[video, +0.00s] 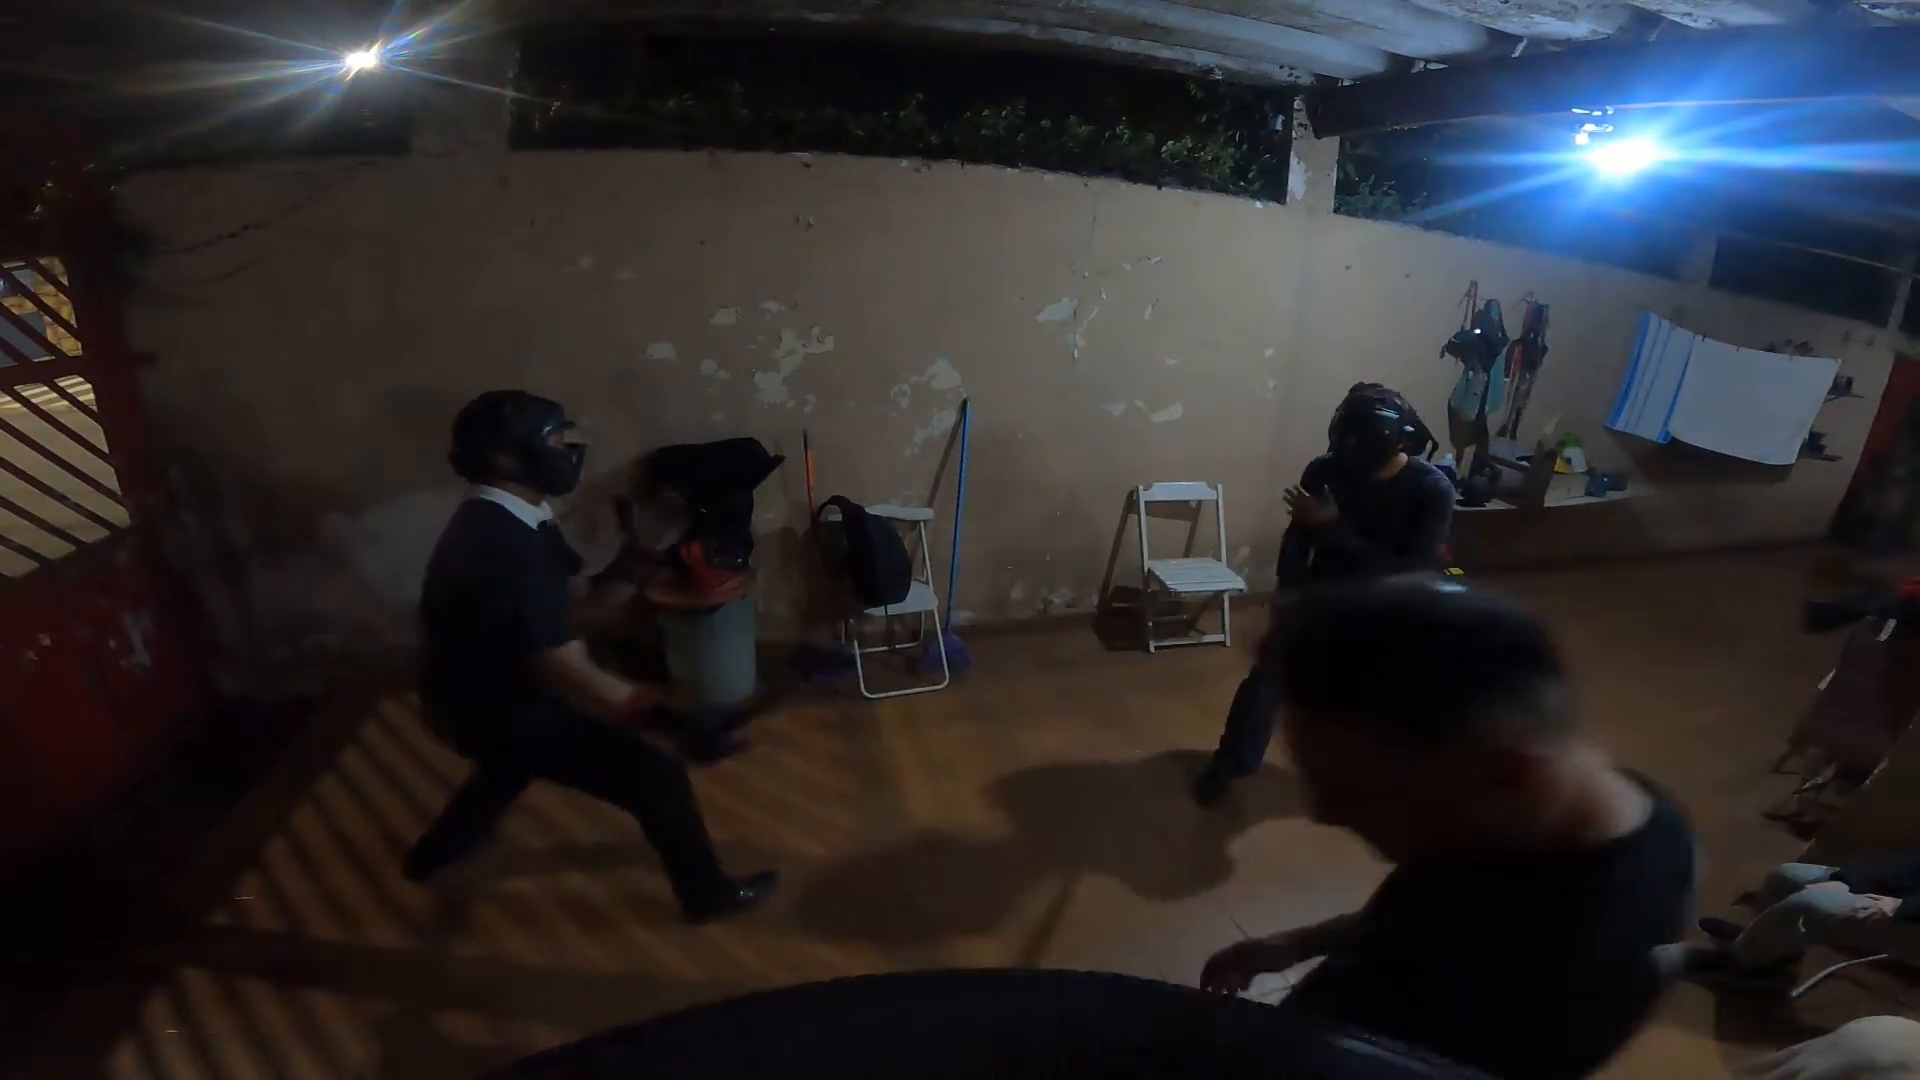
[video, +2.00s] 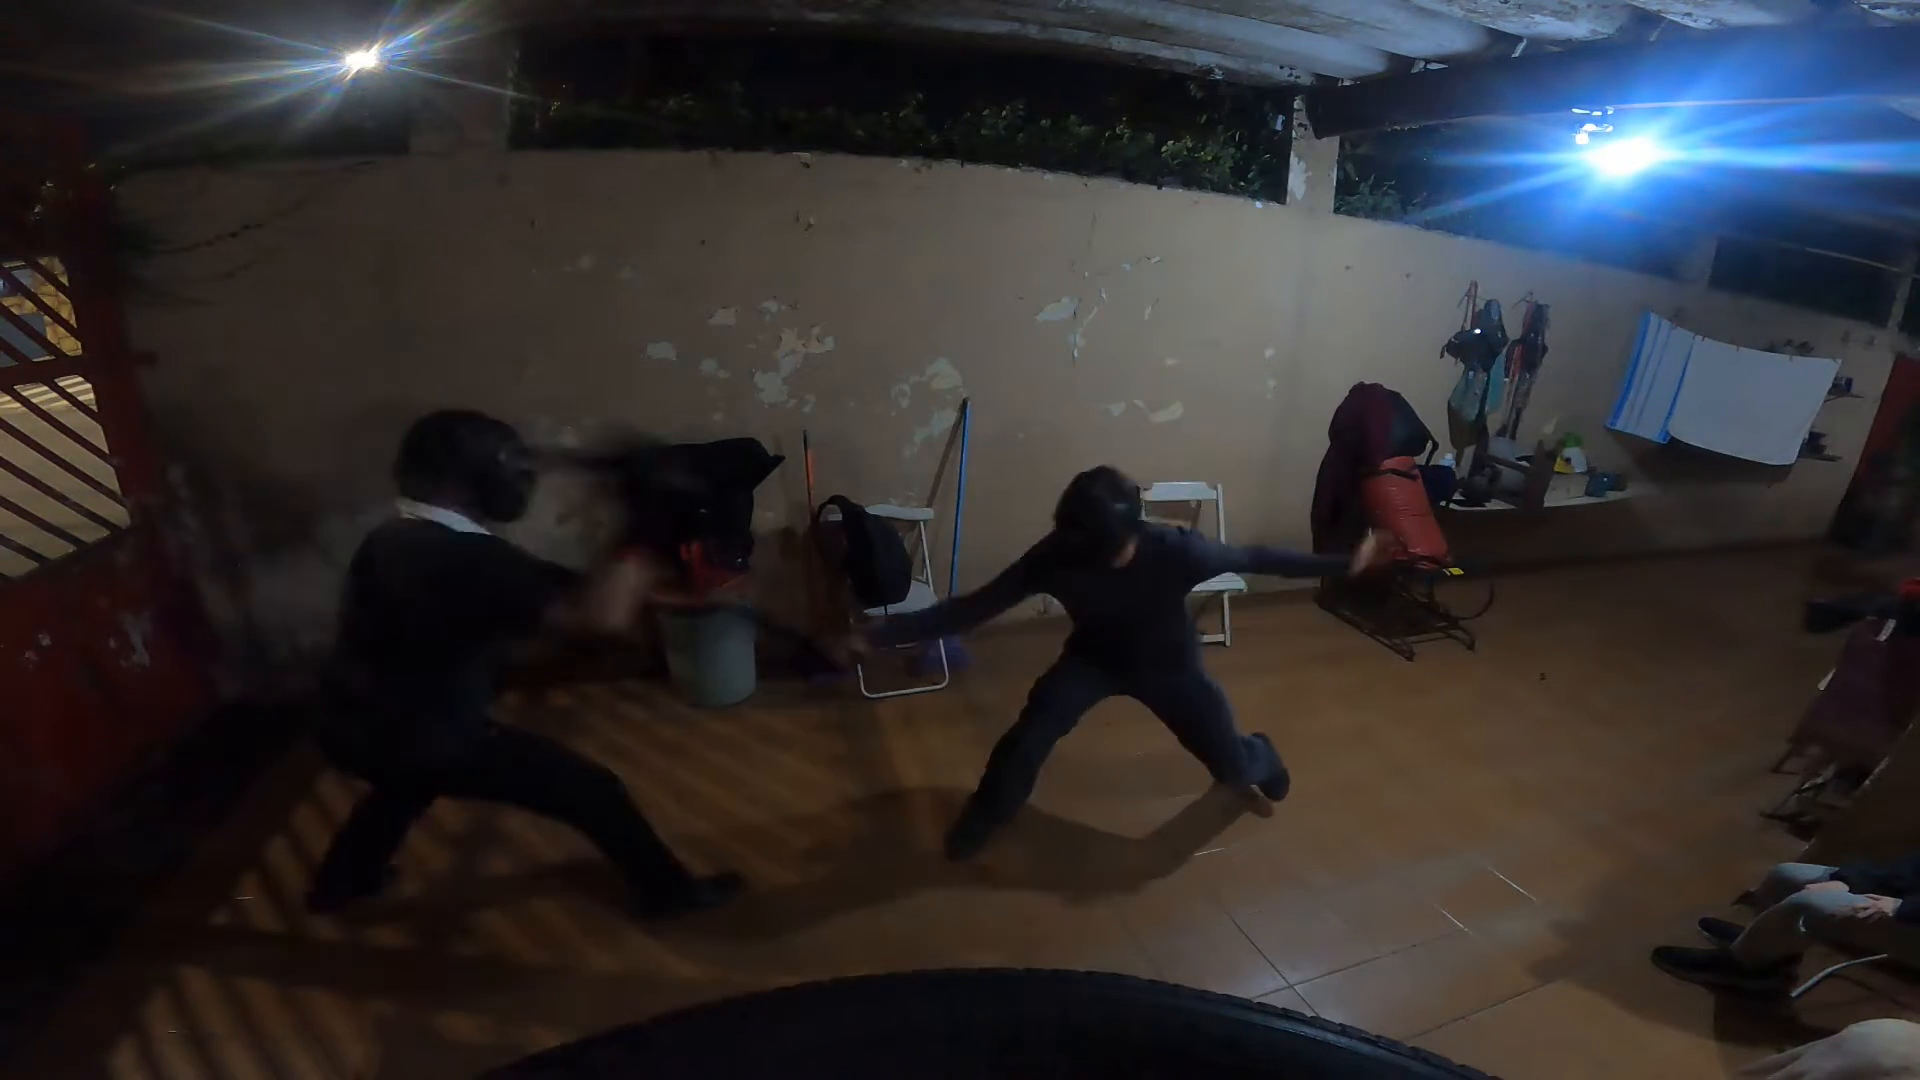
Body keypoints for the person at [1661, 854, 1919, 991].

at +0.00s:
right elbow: (1911, 867)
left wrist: (1903, 908)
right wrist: (1848, 875)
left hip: (1905, 924)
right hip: (1898, 888)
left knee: (1807, 904)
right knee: (1786, 876)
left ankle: (1739, 958)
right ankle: (1755, 939)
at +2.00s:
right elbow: (1910, 870)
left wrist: (1904, 909)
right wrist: (1845, 879)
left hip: (1911, 922)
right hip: (1903, 893)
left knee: (1805, 906)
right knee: (1785, 876)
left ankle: (1738, 962)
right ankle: (1755, 942)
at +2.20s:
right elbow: (1911, 870)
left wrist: (1904, 909)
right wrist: (1846, 879)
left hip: (1911, 923)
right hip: (1903, 893)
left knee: (1806, 906)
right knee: (1785, 877)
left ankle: (1738, 961)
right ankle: (1754, 941)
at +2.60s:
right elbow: (1911, 870)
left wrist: (1903, 908)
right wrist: (1847, 879)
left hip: (1911, 924)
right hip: (1902, 892)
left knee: (1806, 905)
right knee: (1785, 877)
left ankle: (1740, 961)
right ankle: (1752, 940)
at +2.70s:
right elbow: (1911, 869)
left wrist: (1903, 908)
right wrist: (1845, 878)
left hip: (1911, 923)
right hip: (1903, 891)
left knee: (1805, 906)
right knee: (1785, 876)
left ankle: (1740, 962)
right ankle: (1754, 941)